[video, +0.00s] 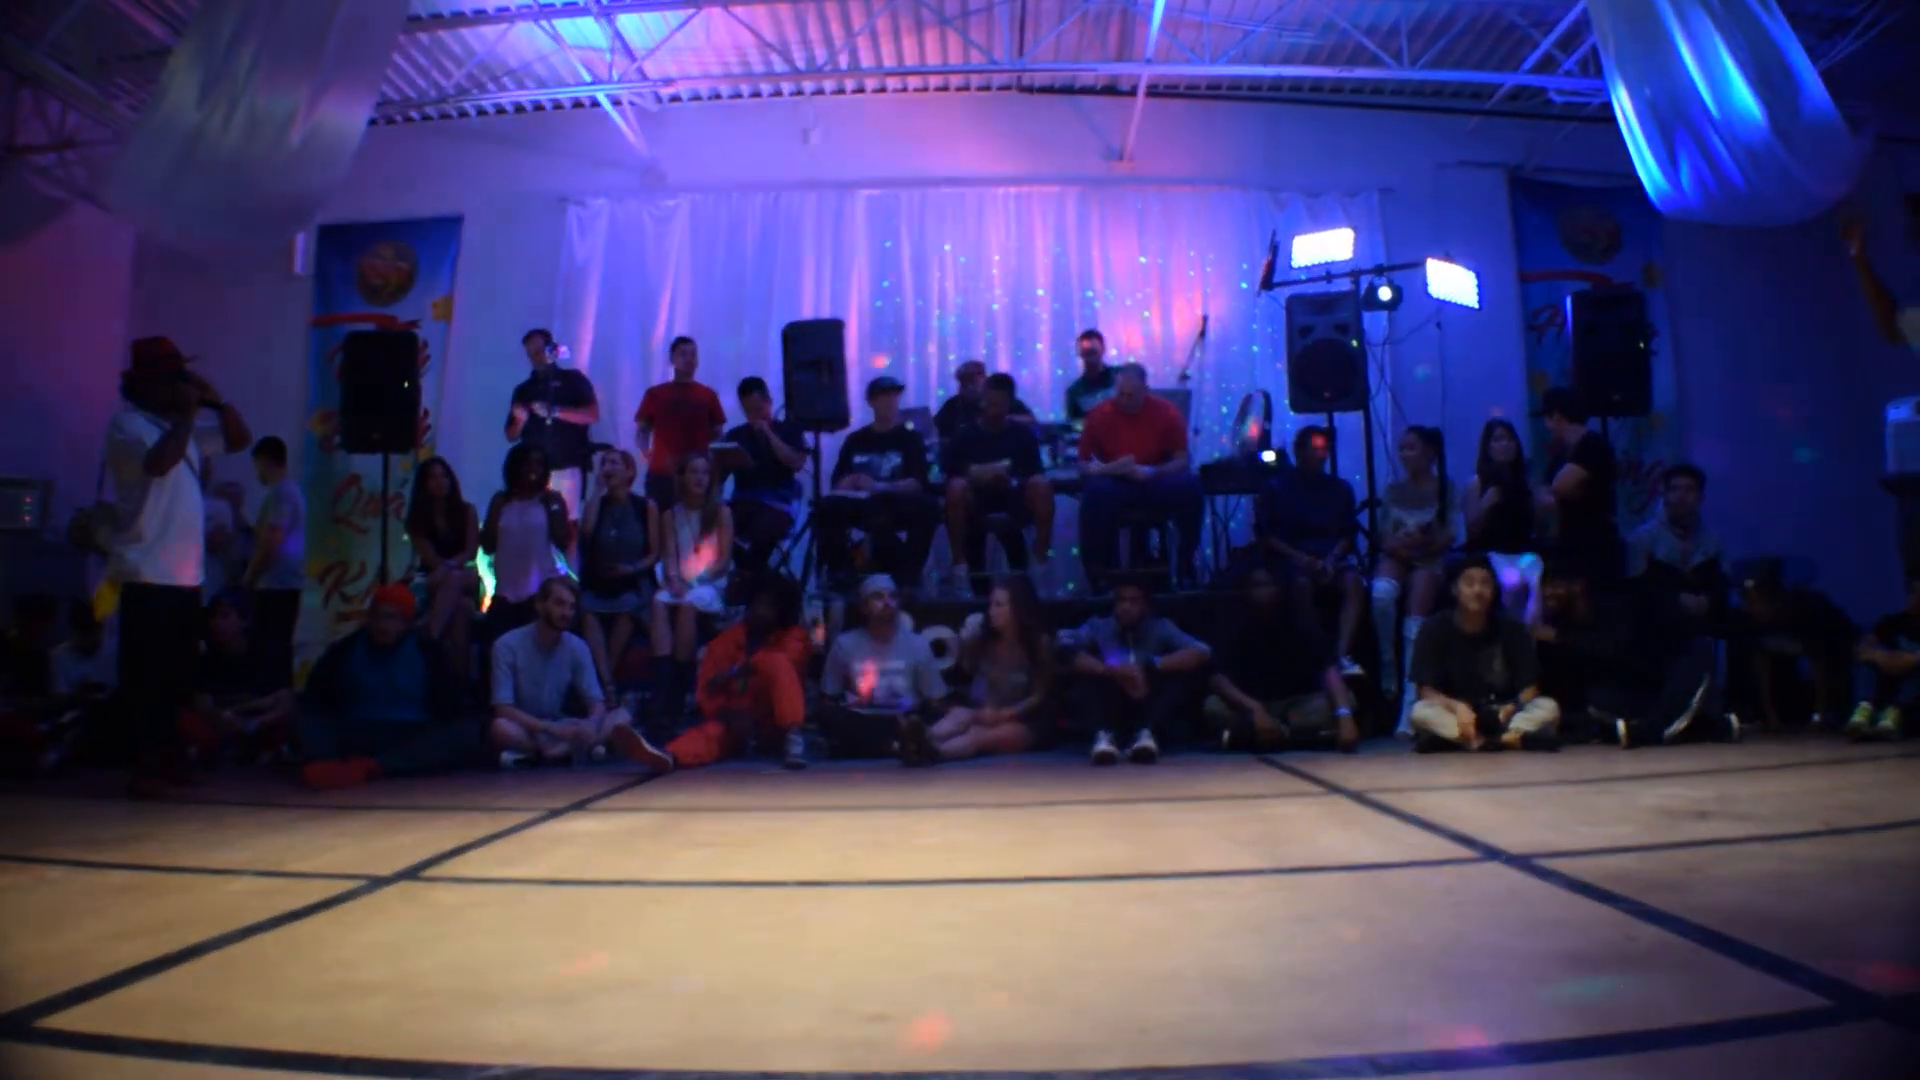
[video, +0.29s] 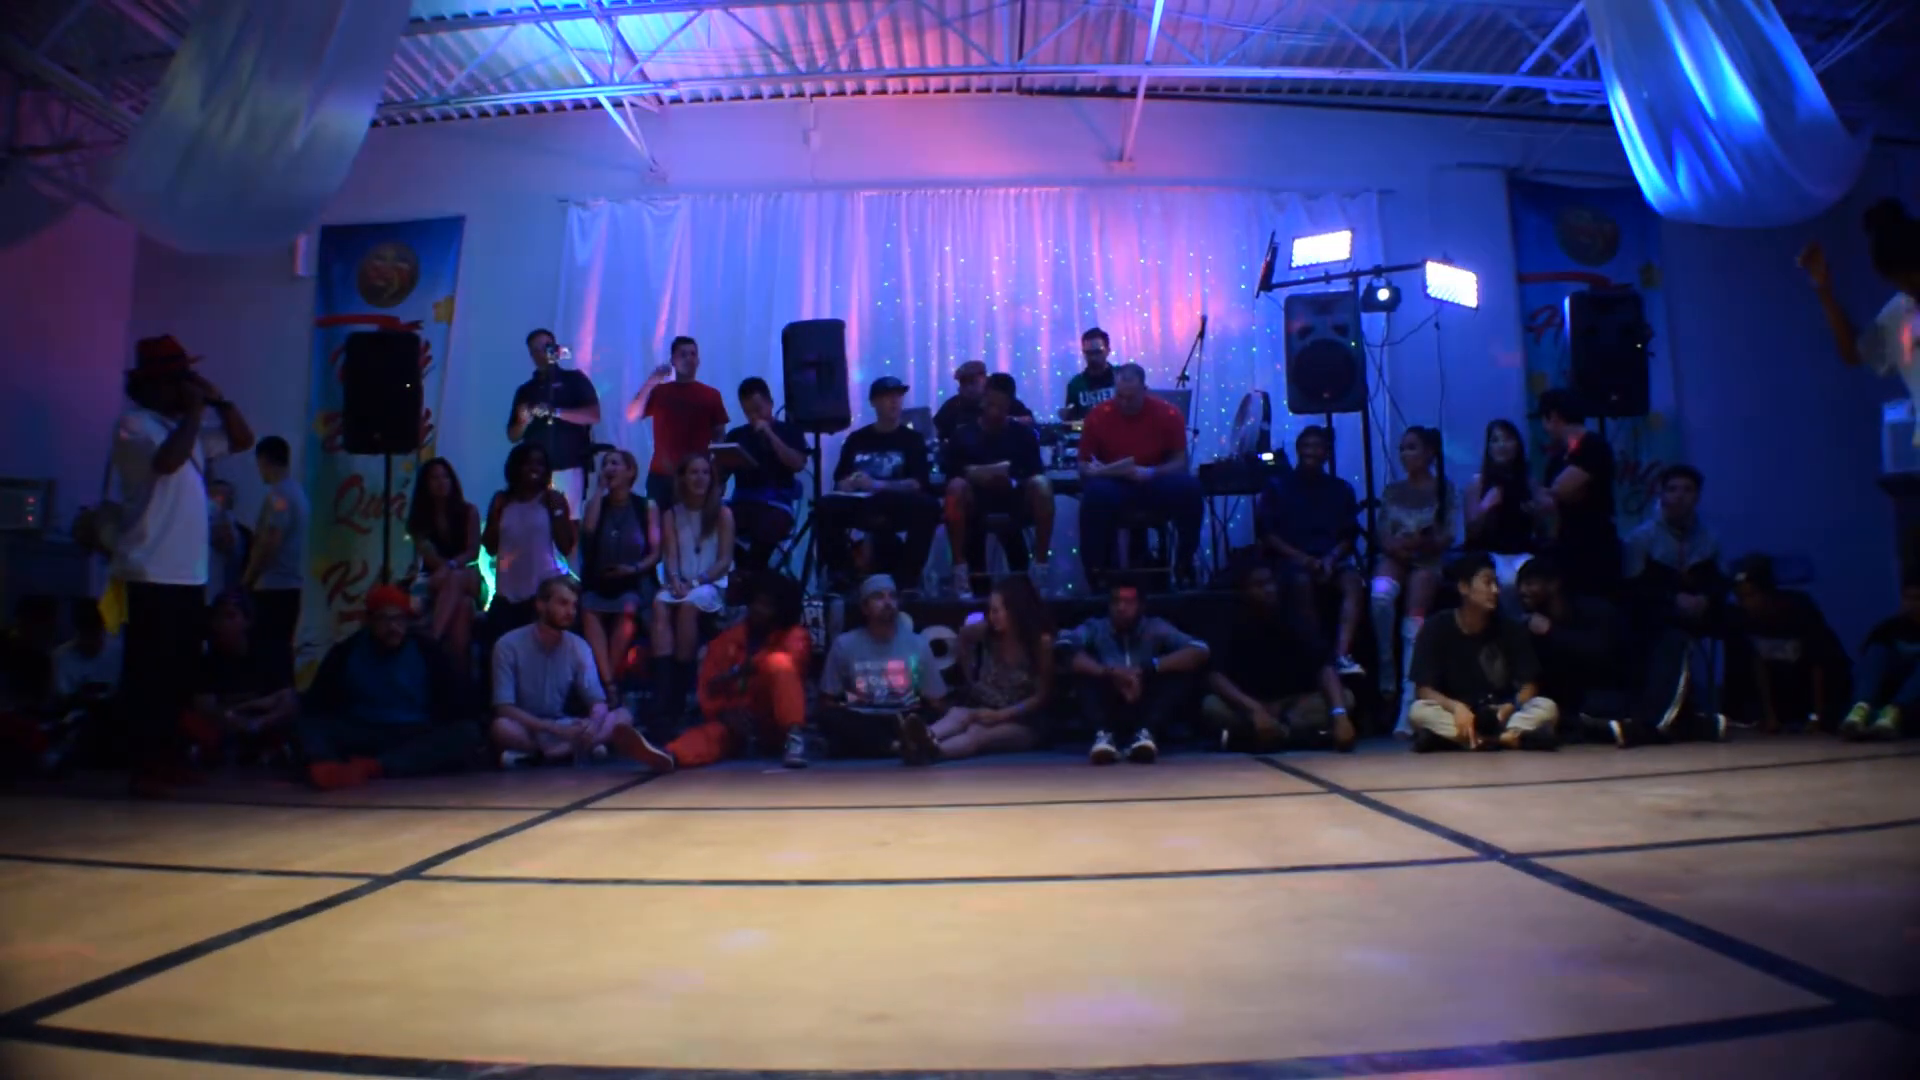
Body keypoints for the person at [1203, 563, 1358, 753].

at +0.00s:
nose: (1262, 593)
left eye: (1267, 586)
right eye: (1256, 587)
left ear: (1278, 589)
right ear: (1247, 592)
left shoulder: (1297, 626)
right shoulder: (1239, 630)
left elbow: (1328, 670)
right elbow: (1218, 678)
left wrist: (1344, 715)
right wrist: (1256, 710)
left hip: (1300, 702)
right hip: (1252, 705)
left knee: (1341, 702)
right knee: (1213, 706)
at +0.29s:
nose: (1268, 590)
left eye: (1270, 583)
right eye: (1260, 585)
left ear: (1277, 586)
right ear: (1246, 592)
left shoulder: (1294, 622)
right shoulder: (1236, 628)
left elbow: (1324, 668)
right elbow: (1216, 676)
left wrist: (1339, 714)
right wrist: (1256, 710)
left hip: (1295, 702)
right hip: (1250, 706)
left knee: (1344, 698)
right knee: (1211, 706)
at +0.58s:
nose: (1268, 590)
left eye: (1270, 583)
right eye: (1260, 585)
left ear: (1276, 585)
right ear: (1245, 591)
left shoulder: (1293, 621)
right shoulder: (1235, 627)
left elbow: (1322, 668)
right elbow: (1216, 675)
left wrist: (1334, 714)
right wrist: (1256, 709)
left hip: (1295, 699)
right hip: (1249, 703)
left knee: (1344, 697)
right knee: (1211, 706)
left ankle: (1255, 737)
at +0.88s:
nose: (1269, 589)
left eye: (1270, 582)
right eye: (1260, 584)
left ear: (1276, 585)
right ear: (1245, 591)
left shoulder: (1293, 621)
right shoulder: (1234, 627)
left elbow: (1326, 668)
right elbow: (1214, 675)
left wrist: (1316, 712)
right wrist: (1256, 710)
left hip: (1296, 699)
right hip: (1248, 703)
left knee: (1344, 698)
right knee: (1211, 706)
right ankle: (1306, 736)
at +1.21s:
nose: (1268, 590)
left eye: (1270, 583)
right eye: (1259, 585)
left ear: (1276, 585)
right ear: (1244, 591)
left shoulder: (1293, 621)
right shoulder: (1233, 627)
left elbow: (1327, 669)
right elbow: (1213, 675)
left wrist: (1312, 714)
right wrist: (1256, 710)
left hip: (1294, 699)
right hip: (1248, 703)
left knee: (1344, 698)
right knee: (1211, 706)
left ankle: (1253, 738)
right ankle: (1307, 739)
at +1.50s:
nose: (1259, 592)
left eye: (1265, 586)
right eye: (1252, 587)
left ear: (1275, 589)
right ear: (1243, 592)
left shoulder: (1292, 620)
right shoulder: (1234, 626)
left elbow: (1329, 669)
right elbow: (1214, 676)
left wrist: (1310, 716)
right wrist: (1255, 710)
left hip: (1294, 699)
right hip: (1247, 702)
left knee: (1343, 698)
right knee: (1211, 706)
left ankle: (1253, 739)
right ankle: (1305, 738)